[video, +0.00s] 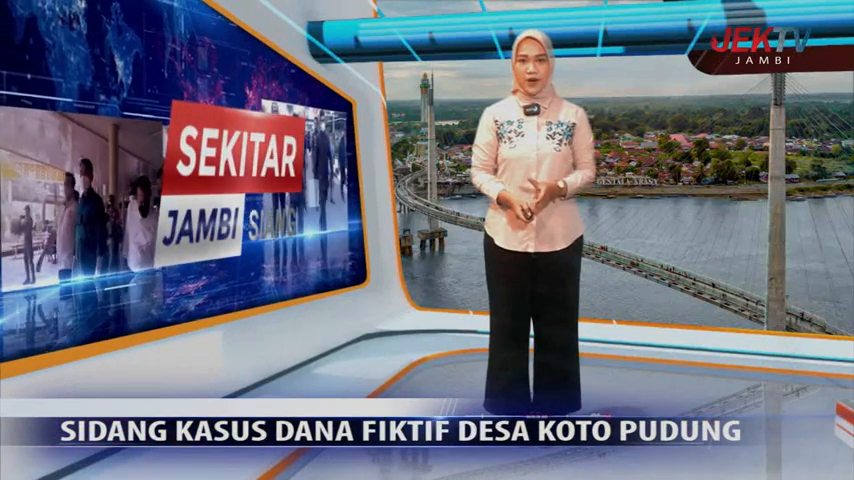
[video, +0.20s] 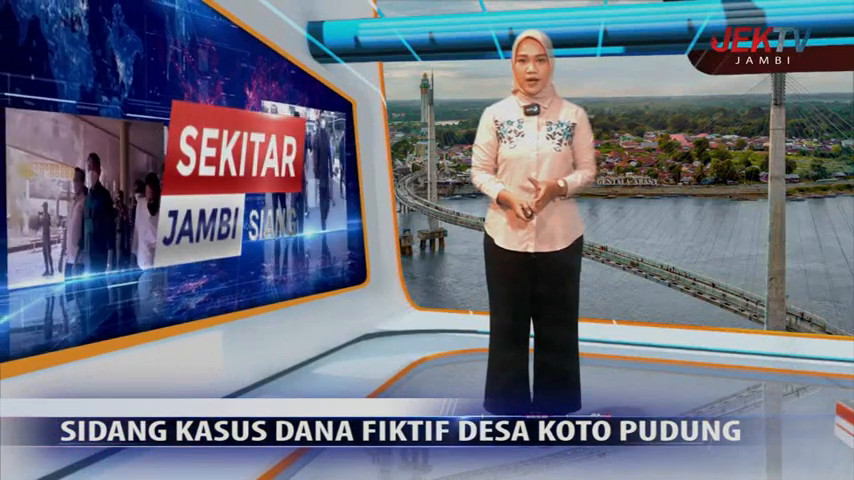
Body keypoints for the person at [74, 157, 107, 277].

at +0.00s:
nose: (83, 181)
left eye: (86, 177)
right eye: (82, 177)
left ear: (91, 179)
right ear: (80, 178)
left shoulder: (96, 200)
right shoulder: (82, 199)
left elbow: (100, 226)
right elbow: (79, 224)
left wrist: (100, 251)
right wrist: (75, 251)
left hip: (90, 247)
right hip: (80, 246)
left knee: (88, 280)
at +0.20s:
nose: (90, 175)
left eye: (93, 172)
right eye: (89, 172)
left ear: (98, 173)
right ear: (87, 173)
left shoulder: (103, 194)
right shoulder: (89, 194)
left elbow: (108, 220)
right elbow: (85, 220)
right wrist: (81, 244)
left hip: (99, 243)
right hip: (88, 243)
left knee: (97, 277)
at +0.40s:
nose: (96, 178)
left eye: (99, 175)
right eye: (95, 174)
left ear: (104, 176)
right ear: (93, 177)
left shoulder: (109, 198)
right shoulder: (95, 197)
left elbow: (114, 222)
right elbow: (90, 221)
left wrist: (115, 245)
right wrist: (86, 242)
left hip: (106, 244)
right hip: (96, 244)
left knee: (104, 278)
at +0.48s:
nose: (97, 180)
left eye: (100, 176)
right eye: (96, 176)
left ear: (105, 178)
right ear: (94, 179)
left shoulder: (110, 199)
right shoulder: (96, 198)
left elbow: (115, 224)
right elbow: (91, 223)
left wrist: (116, 246)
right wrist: (87, 245)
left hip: (107, 245)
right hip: (97, 245)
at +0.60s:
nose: (97, 179)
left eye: (100, 175)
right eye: (96, 175)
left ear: (105, 176)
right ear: (95, 176)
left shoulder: (108, 200)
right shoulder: (95, 199)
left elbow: (113, 227)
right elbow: (91, 224)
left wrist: (114, 250)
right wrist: (87, 247)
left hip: (104, 248)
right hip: (93, 247)